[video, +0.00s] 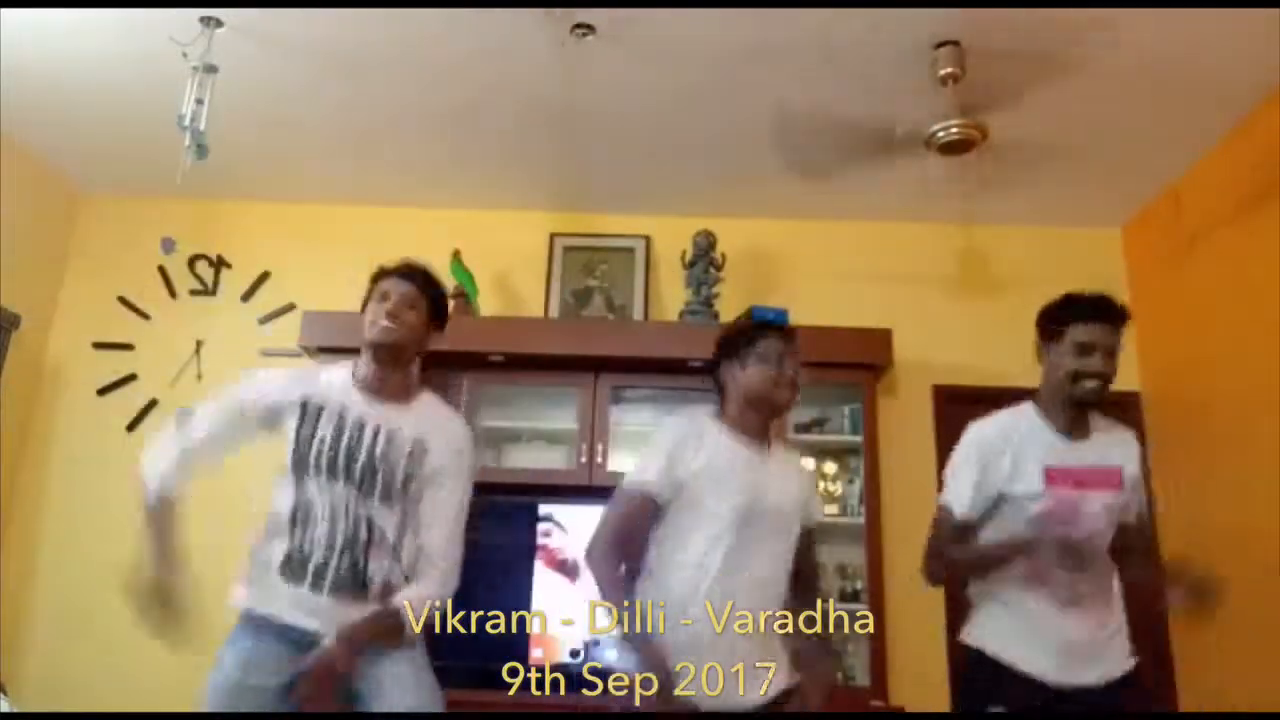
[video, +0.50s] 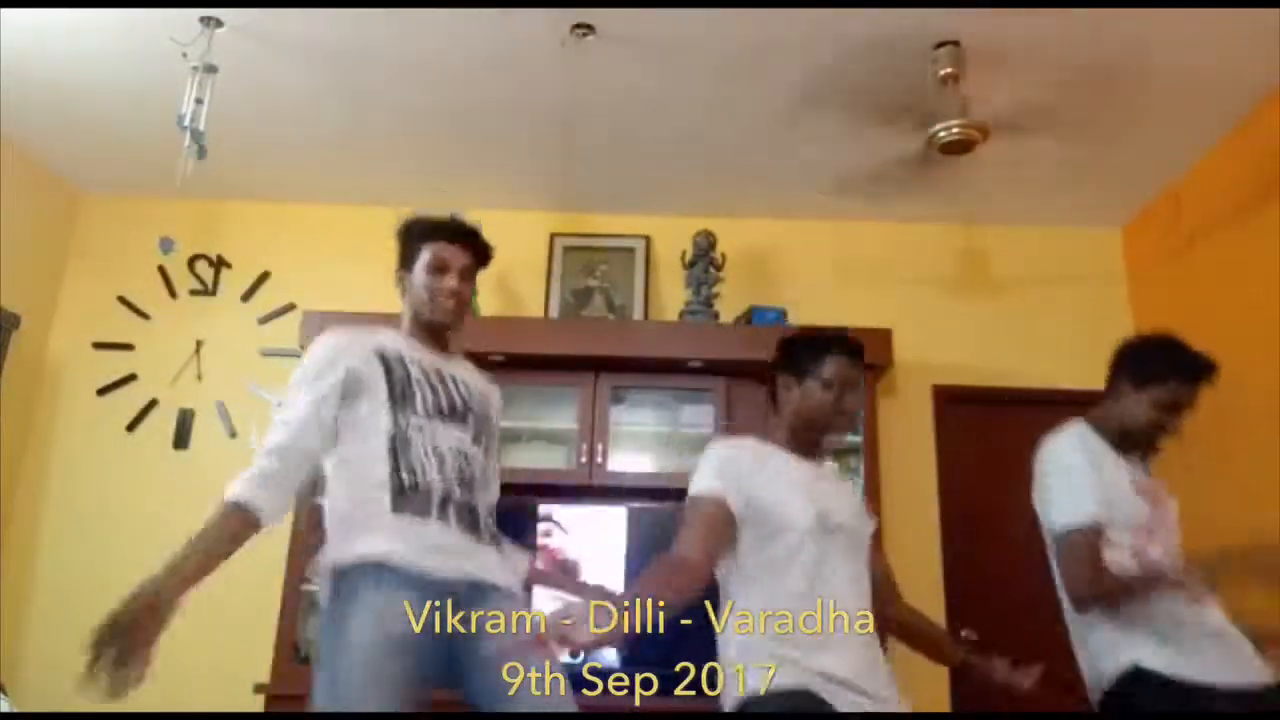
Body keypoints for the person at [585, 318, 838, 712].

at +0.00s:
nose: (787, 374)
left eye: (791, 363)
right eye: (769, 360)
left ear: (797, 376)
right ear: (729, 371)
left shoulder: (797, 475)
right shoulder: (686, 437)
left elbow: (804, 593)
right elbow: (603, 550)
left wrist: (814, 668)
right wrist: (640, 644)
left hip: (762, 688)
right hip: (670, 686)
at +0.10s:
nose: (795, 352)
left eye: (798, 341)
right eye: (781, 337)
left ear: (799, 350)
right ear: (738, 343)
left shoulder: (799, 441)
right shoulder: (689, 402)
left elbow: (819, 555)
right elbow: (617, 512)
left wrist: (861, 619)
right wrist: (669, 624)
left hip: (787, 671)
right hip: (695, 666)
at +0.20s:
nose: (810, 341)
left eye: (813, 330)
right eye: (795, 325)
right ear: (748, 329)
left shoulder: (803, 423)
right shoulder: (696, 387)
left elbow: (828, 546)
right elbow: (629, 497)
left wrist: (898, 617)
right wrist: (665, 581)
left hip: (803, 644)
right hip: (709, 638)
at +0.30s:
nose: (831, 379)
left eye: (836, 366)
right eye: (824, 360)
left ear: (787, 352)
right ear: (775, 345)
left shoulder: (814, 443)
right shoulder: (707, 410)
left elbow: (845, 581)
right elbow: (668, 525)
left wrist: (943, 642)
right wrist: (600, 573)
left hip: (851, 653)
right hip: (762, 646)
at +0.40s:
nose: (833, 416)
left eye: (841, 404)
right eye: (827, 397)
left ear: (843, 399)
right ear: (780, 379)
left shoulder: (822, 476)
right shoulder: (714, 449)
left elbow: (857, 602)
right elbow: (680, 555)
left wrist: (950, 657)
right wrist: (581, 604)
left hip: (870, 689)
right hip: (778, 684)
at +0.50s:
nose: (842, 402)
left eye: (849, 390)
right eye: (829, 386)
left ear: (853, 399)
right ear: (784, 388)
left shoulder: (848, 495)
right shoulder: (733, 459)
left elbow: (889, 610)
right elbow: (690, 562)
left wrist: (979, 664)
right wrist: (607, 622)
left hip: (868, 691)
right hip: (779, 683)